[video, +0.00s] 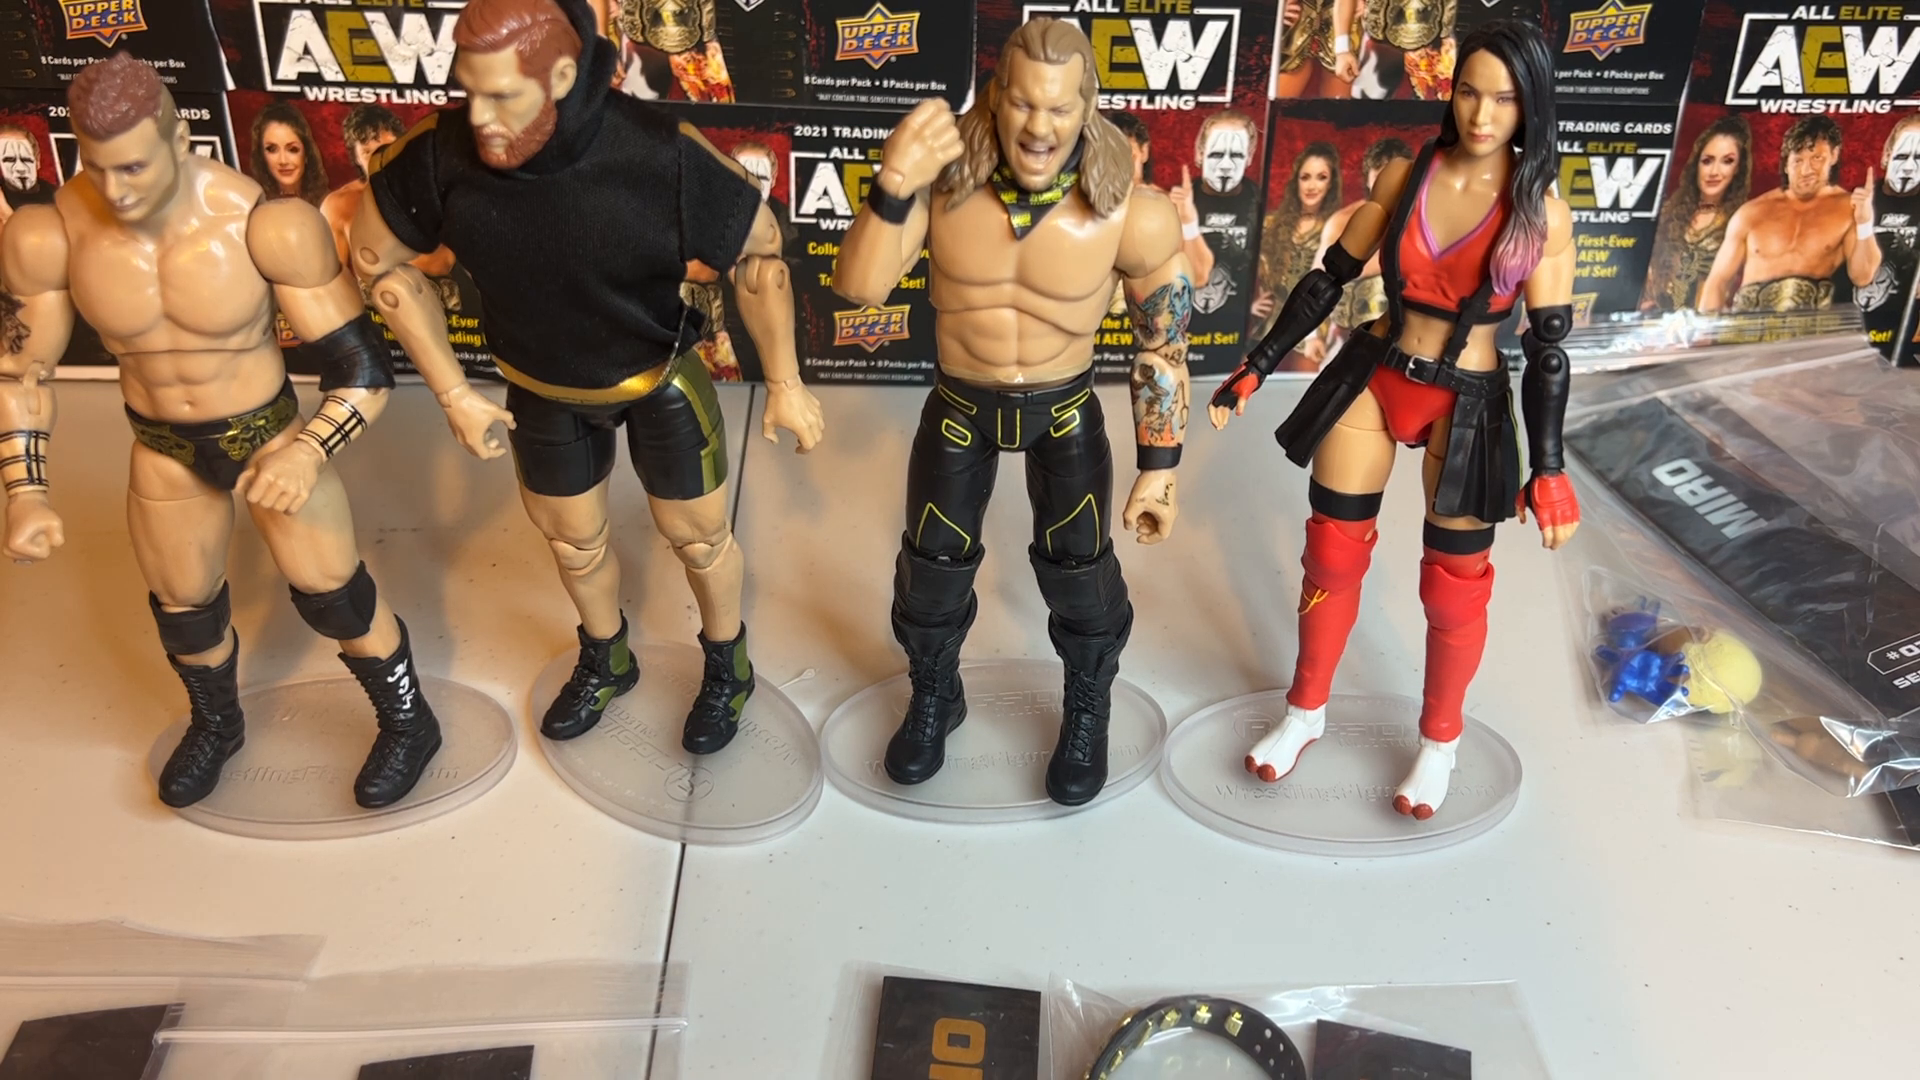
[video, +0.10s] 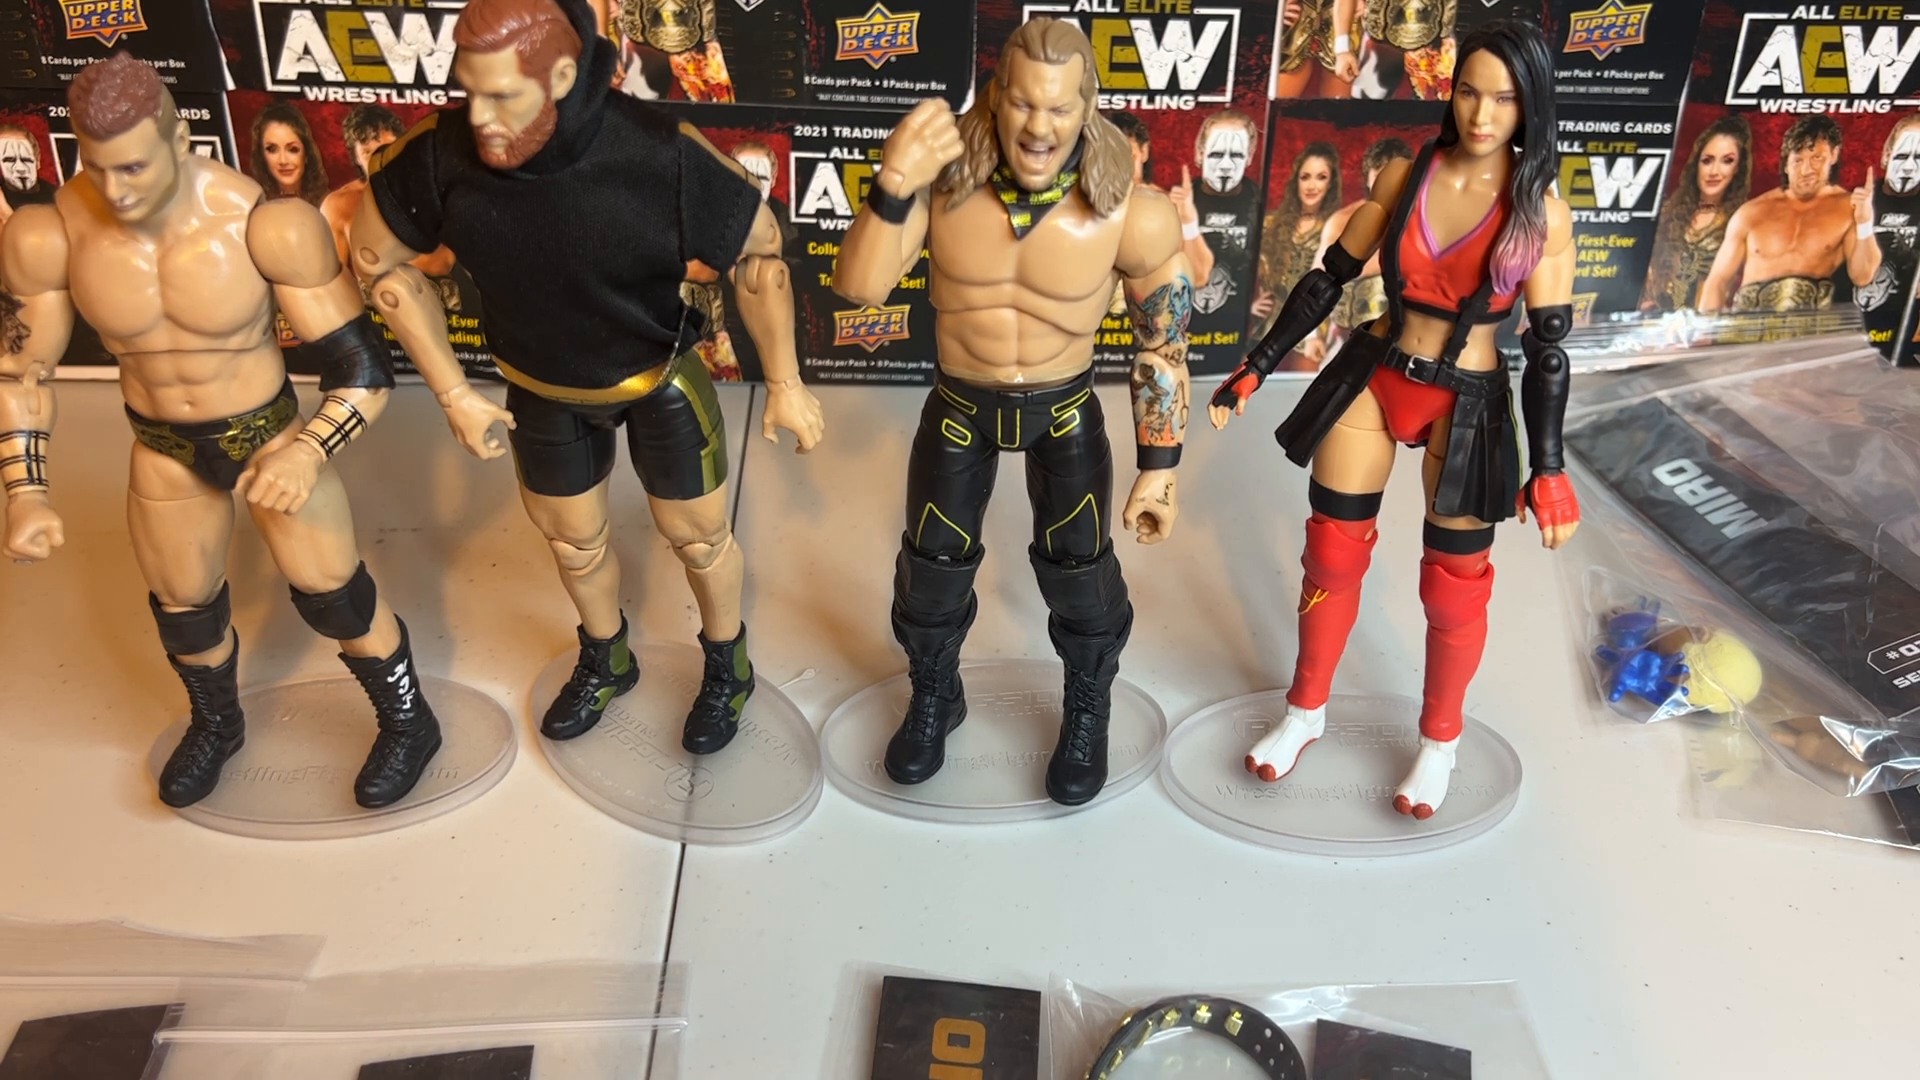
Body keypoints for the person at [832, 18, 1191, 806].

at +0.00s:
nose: (1040, 127)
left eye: (1060, 109)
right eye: (1024, 104)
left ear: (1087, 106)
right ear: (995, 94)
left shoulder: (1130, 208)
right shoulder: (944, 177)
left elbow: (1163, 339)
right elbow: (858, 287)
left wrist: (1161, 465)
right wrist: (892, 189)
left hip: (1064, 408)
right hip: (958, 403)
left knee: (1078, 569)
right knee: (933, 563)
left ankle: (1086, 713)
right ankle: (932, 699)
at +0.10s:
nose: (1040, 127)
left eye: (1060, 109)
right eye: (1024, 104)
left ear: (1086, 106)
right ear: (995, 94)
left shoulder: (1129, 208)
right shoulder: (944, 177)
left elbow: (1163, 339)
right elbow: (858, 287)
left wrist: (1161, 465)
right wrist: (892, 189)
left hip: (1064, 407)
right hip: (958, 403)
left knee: (1078, 569)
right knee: (933, 563)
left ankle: (1086, 713)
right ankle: (932, 699)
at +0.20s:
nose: (1039, 127)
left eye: (1060, 109)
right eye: (1024, 104)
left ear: (1086, 106)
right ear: (995, 95)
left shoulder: (1129, 208)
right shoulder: (944, 176)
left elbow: (1163, 339)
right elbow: (857, 287)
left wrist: (1161, 464)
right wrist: (892, 189)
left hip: (1064, 408)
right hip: (958, 403)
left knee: (1078, 568)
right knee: (933, 562)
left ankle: (1086, 712)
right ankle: (932, 699)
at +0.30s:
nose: (1040, 127)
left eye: (1060, 109)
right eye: (1024, 104)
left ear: (1087, 106)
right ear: (995, 95)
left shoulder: (1130, 208)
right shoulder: (944, 177)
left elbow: (1163, 339)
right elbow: (858, 287)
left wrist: (1161, 465)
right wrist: (892, 189)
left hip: (1064, 408)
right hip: (958, 403)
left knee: (1078, 569)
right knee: (933, 563)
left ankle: (1086, 713)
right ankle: (932, 699)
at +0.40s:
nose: (1039, 127)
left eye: (1060, 109)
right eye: (1024, 104)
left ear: (1086, 106)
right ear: (995, 95)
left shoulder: (1129, 207)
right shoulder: (944, 176)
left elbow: (1163, 337)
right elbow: (858, 287)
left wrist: (1161, 464)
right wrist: (892, 189)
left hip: (1064, 408)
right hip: (959, 403)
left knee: (1078, 568)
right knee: (932, 562)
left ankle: (1086, 712)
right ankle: (932, 699)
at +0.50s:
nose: (1040, 127)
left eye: (1060, 109)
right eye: (1024, 104)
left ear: (1087, 107)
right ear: (995, 95)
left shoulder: (1130, 208)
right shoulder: (944, 177)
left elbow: (1163, 339)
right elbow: (858, 287)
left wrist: (1161, 465)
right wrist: (892, 189)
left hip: (1064, 408)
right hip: (959, 403)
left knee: (1078, 568)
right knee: (933, 563)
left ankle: (1086, 713)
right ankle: (932, 699)